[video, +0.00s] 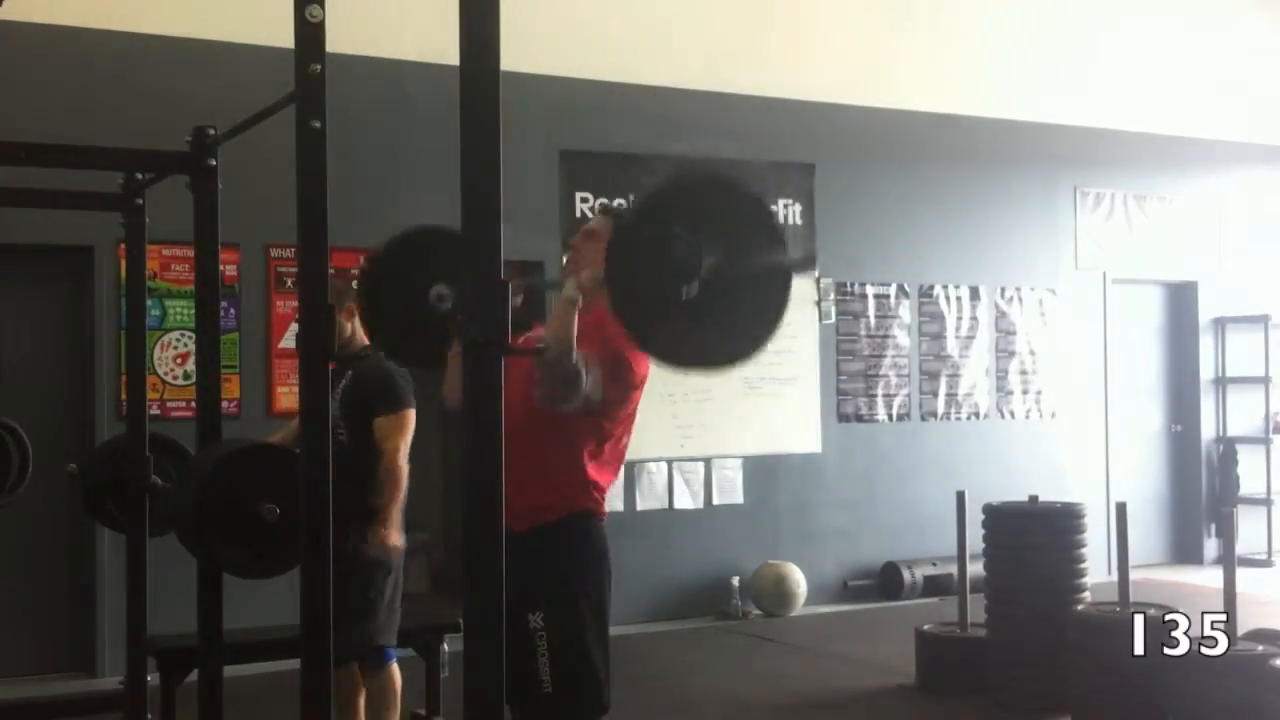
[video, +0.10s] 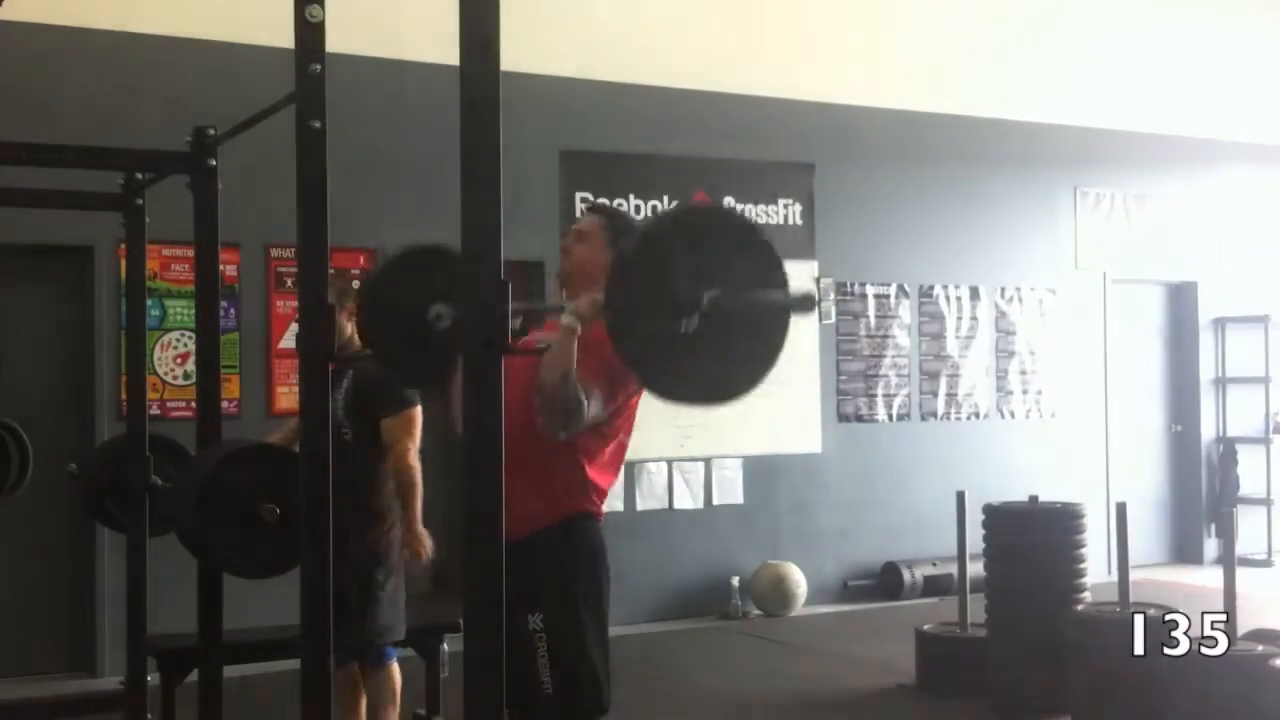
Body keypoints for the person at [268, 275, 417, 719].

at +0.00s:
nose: (320, 329)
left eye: (327, 318)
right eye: (319, 319)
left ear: (351, 316)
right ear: (328, 320)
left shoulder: (385, 377)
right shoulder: (334, 376)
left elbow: (395, 457)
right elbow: (304, 427)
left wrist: (390, 522)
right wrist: (257, 460)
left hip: (374, 530)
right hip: (333, 528)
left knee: (375, 650)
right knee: (338, 651)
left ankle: (386, 719)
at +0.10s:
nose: (319, 325)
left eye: (328, 314)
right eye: (317, 314)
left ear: (354, 315)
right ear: (323, 317)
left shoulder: (386, 373)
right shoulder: (327, 373)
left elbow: (406, 456)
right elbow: (304, 426)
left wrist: (415, 526)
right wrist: (258, 458)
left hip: (375, 526)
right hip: (332, 523)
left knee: (377, 649)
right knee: (340, 650)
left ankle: (387, 719)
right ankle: (349, 718)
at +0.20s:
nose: (319, 320)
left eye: (327, 310)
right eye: (316, 311)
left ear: (354, 312)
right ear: (315, 315)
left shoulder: (394, 370)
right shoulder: (323, 371)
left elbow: (418, 451)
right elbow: (293, 429)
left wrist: (422, 521)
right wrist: (250, 468)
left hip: (380, 521)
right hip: (334, 518)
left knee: (378, 641)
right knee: (347, 641)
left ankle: (385, 719)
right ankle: (351, 715)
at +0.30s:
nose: (324, 320)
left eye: (333, 309)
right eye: (319, 309)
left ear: (358, 310)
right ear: (310, 313)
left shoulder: (390, 365)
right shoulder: (317, 373)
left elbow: (424, 442)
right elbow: (286, 432)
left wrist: (423, 514)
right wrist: (248, 475)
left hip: (383, 519)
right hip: (333, 518)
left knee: (388, 639)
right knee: (350, 643)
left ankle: (393, 719)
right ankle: (352, 718)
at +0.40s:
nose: (334, 320)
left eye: (343, 309)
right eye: (329, 311)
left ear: (369, 312)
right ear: (320, 314)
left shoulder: (397, 368)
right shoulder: (317, 375)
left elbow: (427, 443)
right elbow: (279, 433)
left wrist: (428, 511)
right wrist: (241, 477)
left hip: (391, 520)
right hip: (336, 520)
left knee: (404, 640)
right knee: (353, 643)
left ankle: (418, 716)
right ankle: (350, 717)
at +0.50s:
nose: (339, 322)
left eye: (347, 310)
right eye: (333, 311)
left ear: (374, 313)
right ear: (325, 316)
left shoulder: (404, 368)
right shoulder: (319, 374)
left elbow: (431, 443)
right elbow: (278, 430)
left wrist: (437, 514)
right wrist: (239, 476)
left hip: (400, 521)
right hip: (340, 522)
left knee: (421, 636)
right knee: (354, 640)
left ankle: (442, 716)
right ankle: (352, 716)